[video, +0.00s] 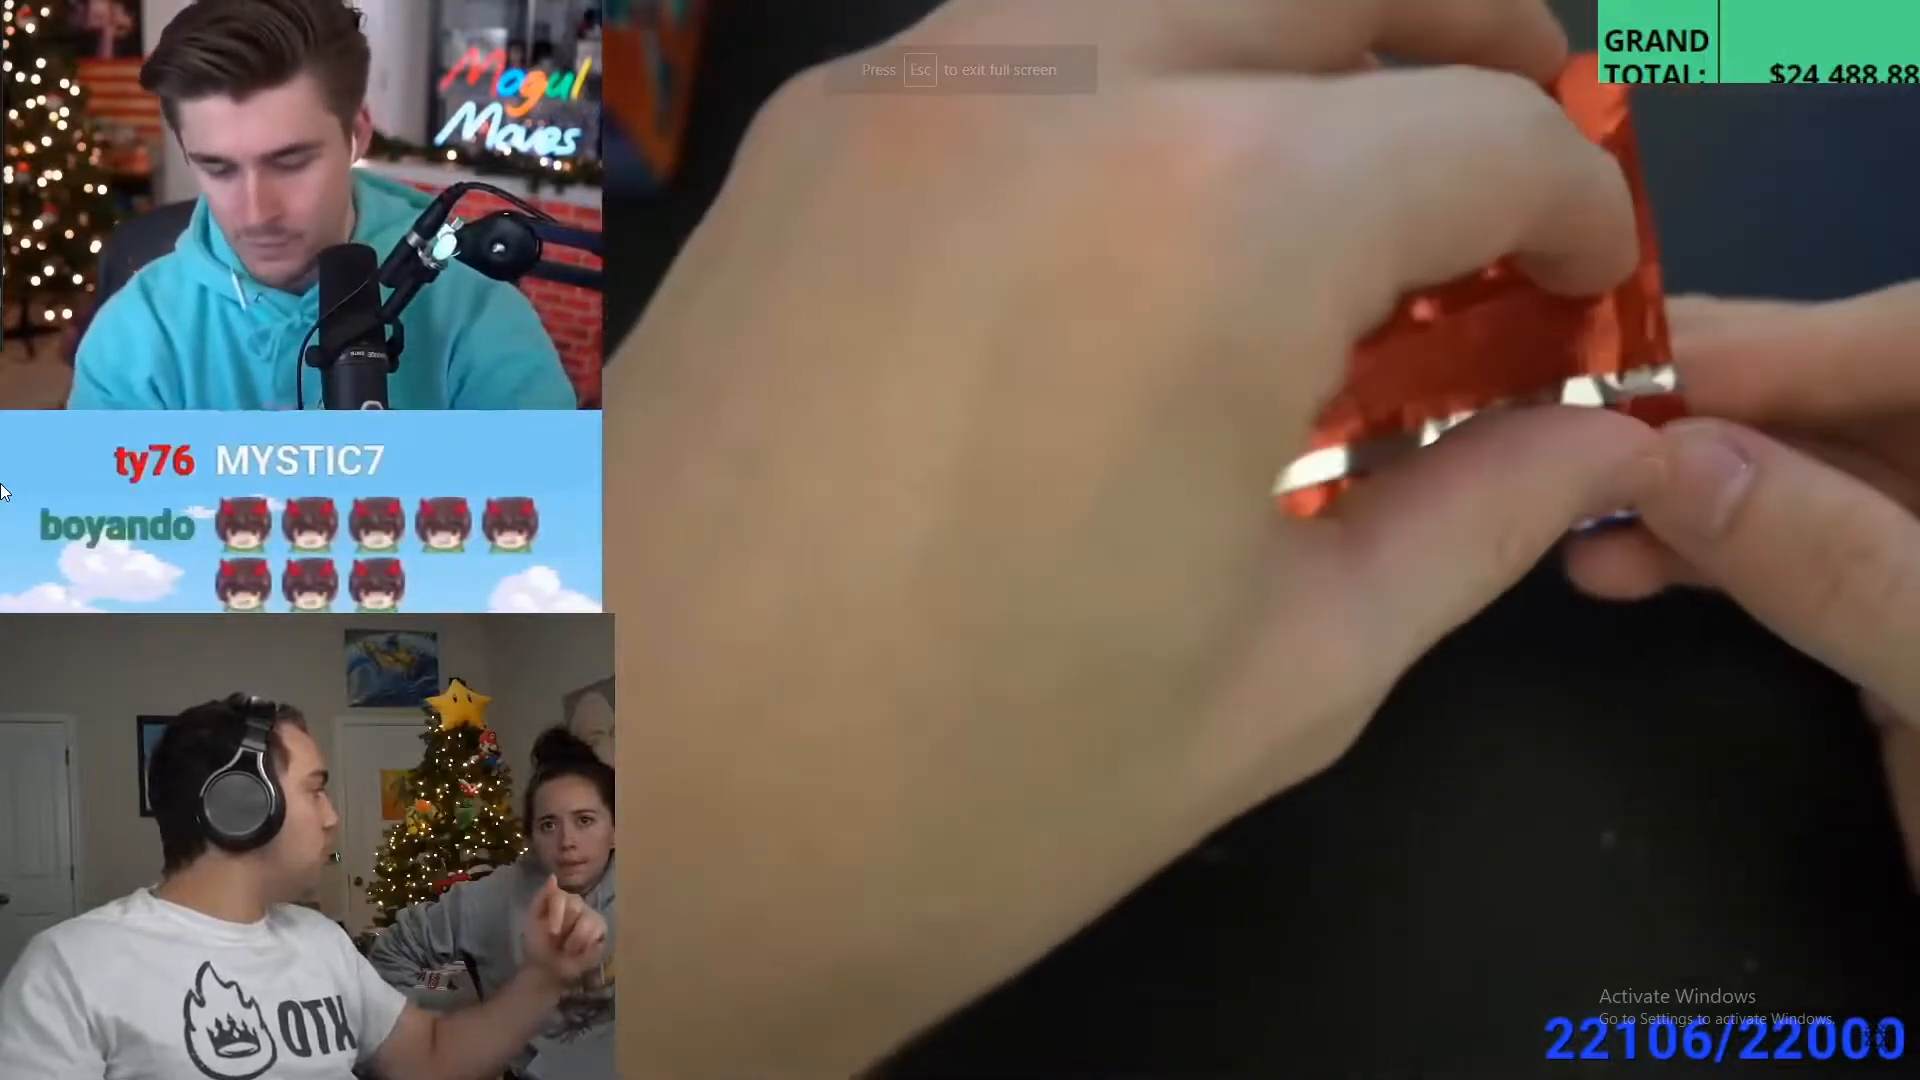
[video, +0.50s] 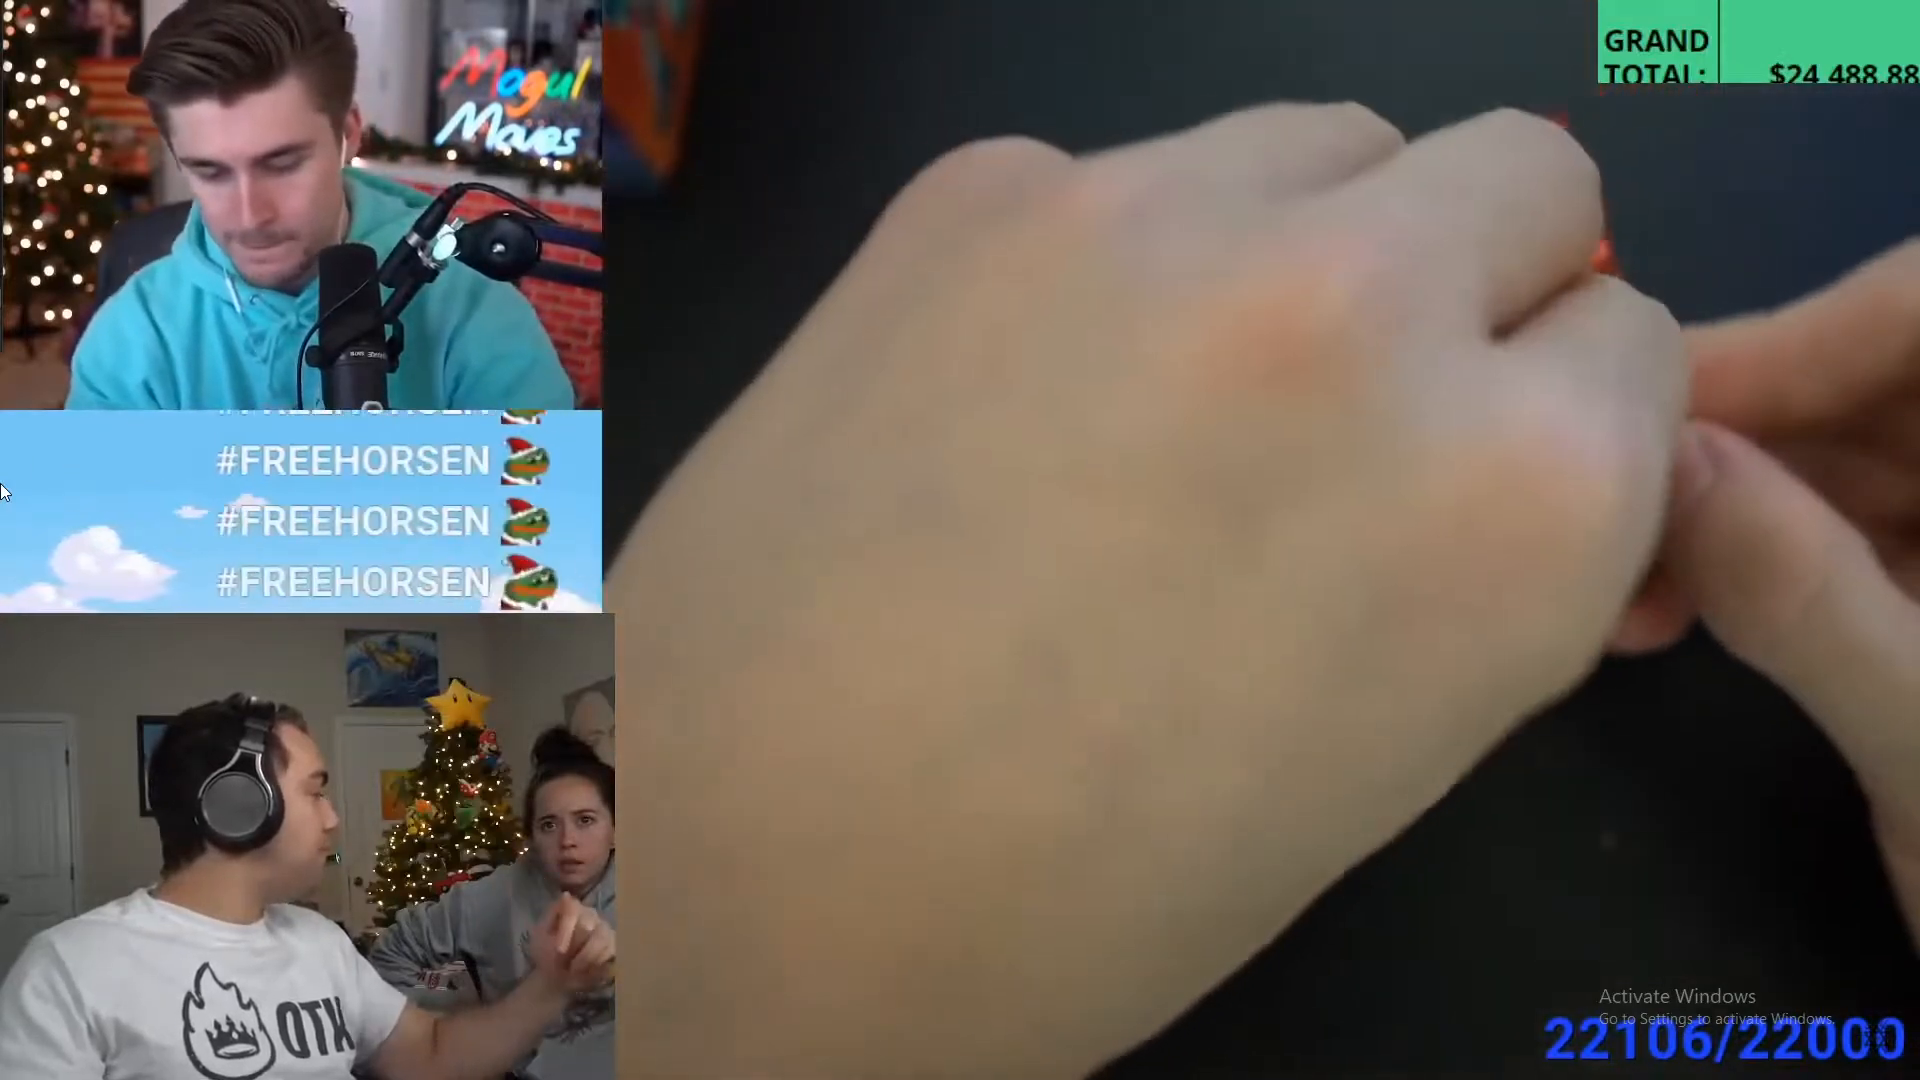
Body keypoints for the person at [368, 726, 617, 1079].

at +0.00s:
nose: (567, 842)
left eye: (585, 821)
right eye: (548, 825)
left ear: (615, 829)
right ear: (531, 836)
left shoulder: (642, 893)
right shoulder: (491, 899)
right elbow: (390, 953)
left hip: (623, 1067)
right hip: (535, 1069)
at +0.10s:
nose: (567, 842)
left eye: (585, 821)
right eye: (548, 825)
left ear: (615, 829)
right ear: (531, 835)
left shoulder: (641, 896)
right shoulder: (486, 901)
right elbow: (388, 956)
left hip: (622, 1068)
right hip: (535, 1071)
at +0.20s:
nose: (567, 842)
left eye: (585, 821)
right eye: (549, 825)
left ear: (614, 830)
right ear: (531, 836)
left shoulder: (641, 894)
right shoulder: (486, 901)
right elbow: (387, 958)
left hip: (622, 1069)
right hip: (533, 1072)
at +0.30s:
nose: (567, 842)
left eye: (585, 821)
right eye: (549, 825)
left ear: (615, 829)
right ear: (531, 836)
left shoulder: (641, 895)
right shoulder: (487, 901)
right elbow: (388, 956)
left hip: (625, 1068)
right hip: (538, 1072)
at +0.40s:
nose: (567, 842)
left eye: (585, 821)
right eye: (549, 825)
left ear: (614, 829)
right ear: (530, 837)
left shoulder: (641, 894)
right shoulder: (490, 901)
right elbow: (387, 957)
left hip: (626, 1069)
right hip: (538, 1072)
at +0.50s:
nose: (567, 842)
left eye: (585, 821)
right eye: (549, 825)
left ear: (615, 829)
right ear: (531, 836)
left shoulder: (643, 894)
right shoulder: (489, 900)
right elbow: (389, 956)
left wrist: (621, 954)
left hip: (621, 1067)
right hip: (530, 1070)